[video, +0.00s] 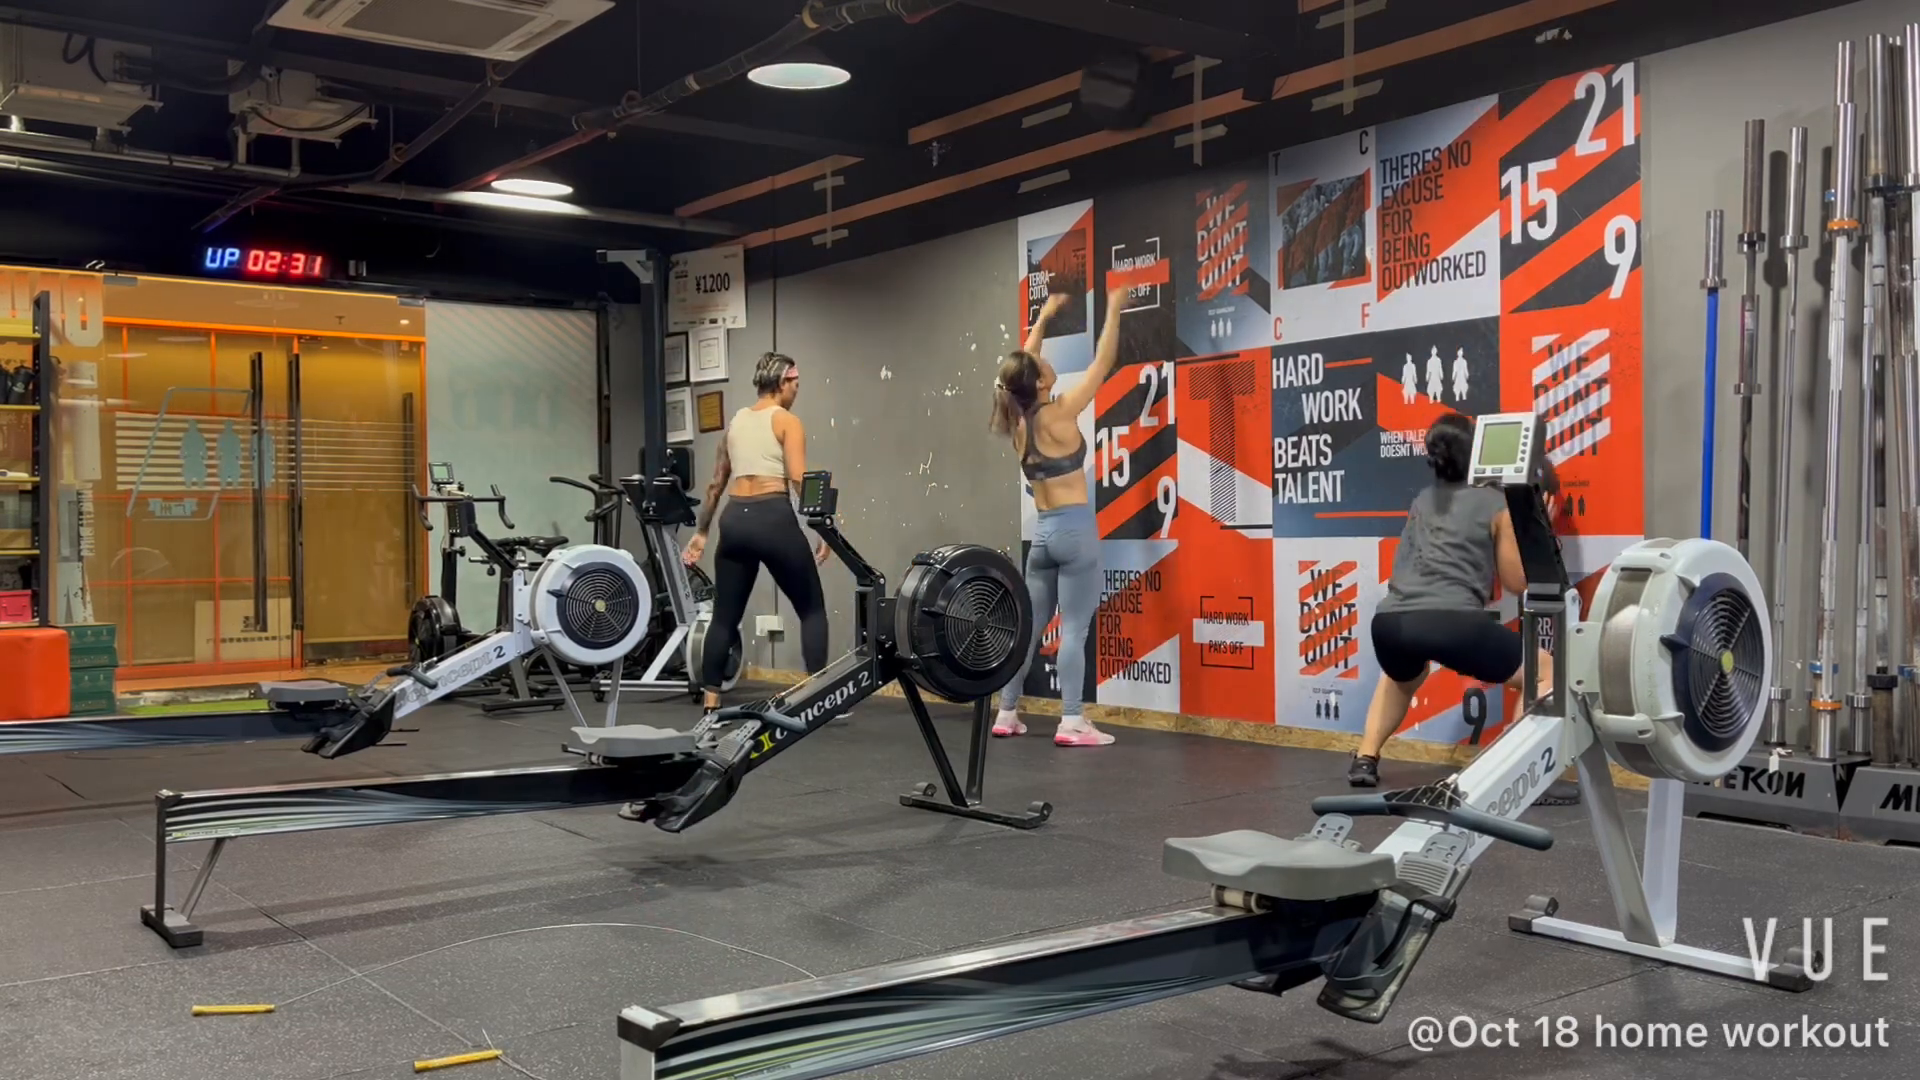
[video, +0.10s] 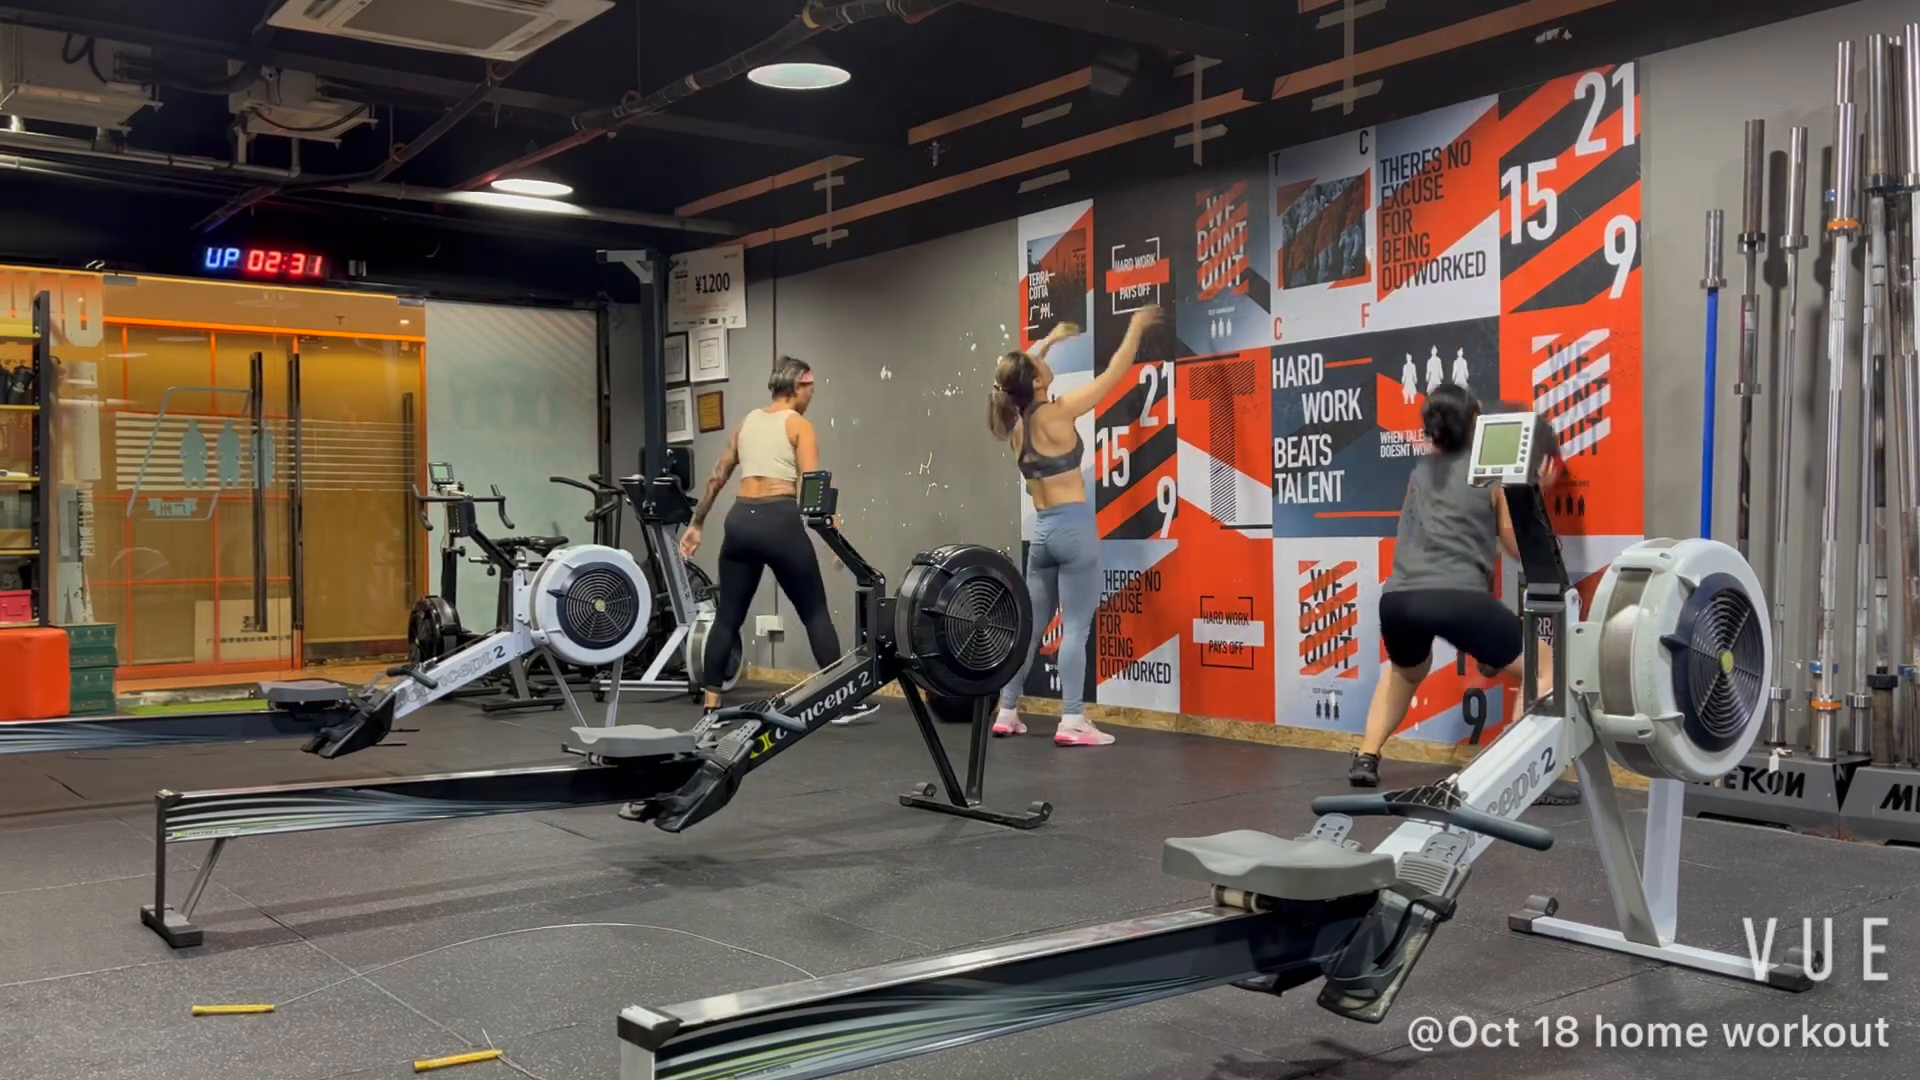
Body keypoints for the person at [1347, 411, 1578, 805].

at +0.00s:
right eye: (1481, 445)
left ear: (1436, 456)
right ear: (1478, 453)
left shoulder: (1421, 501)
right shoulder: (1494, 503)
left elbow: (1405, 567)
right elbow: (1516, 581)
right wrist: (1538, 524)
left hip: (1392, 620)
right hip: (1456, 621)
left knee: (1400, 677)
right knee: (1545, 672)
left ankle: (1365, 760)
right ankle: (1532, 777)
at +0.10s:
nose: (1483, 421)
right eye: (1479, 417)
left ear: (1432, 430)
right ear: (1476, 423)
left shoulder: (1419, 475)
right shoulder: (1490, 479)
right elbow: (1520, 550)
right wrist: (1540, 494)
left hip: (1401, 600)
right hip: (1462, 601)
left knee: (1404, 671)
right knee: (1539, 670)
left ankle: (1365, 759)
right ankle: (1530, 776)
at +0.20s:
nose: (1475, 374)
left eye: (1470, 367)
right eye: (1471, 368)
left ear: (1425, 383)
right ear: (1466, 376)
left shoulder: (1416, 429)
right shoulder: (1487, 424)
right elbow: (1525, 461)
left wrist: (1524, 420)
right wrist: (1539, 417)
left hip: (1413, 569)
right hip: (1473, 569)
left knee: (1403, 664)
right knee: (1526, 660)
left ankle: (1366, 754)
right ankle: (1527, 774)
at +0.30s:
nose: (1461, 323)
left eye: (1455, 318)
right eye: (1458, 319)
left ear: (1413, 342)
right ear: (1456, 333)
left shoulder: (1409, 383)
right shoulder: (1485, 376)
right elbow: (1542, 393)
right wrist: (1532, 336)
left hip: (1425, 529)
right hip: (1482, 526)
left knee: (1401, 633)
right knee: (1510, 631)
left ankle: (1368, 731)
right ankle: (1539, 745)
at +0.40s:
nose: (1461, 309)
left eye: (1453, 307)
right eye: (1457, 307)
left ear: (1416, 332)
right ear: (1456, 322)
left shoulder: (1410, 367)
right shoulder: (1485, 357)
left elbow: (1436, 314)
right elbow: (1525, 295)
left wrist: (1456, 258)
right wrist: (1538, 237)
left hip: (1427, 512)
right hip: (1482, 509)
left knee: (1402, 625)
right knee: (1510, 623)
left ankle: (1367, 719)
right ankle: (1540, 724)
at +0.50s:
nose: (1476, 330)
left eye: (1461, 326)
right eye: (1470, 326)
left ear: (1424, 347)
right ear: (1467, 341)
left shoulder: (1422, 377)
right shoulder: (1485, 371)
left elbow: (1428, 314)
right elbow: (1507, 292)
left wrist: (1430, 246)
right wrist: (1506, 220)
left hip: (1429, 522)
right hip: (1483, 519)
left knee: (1406, 640)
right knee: (1514, 640)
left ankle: (1373, 738)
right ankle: (1554, 743)